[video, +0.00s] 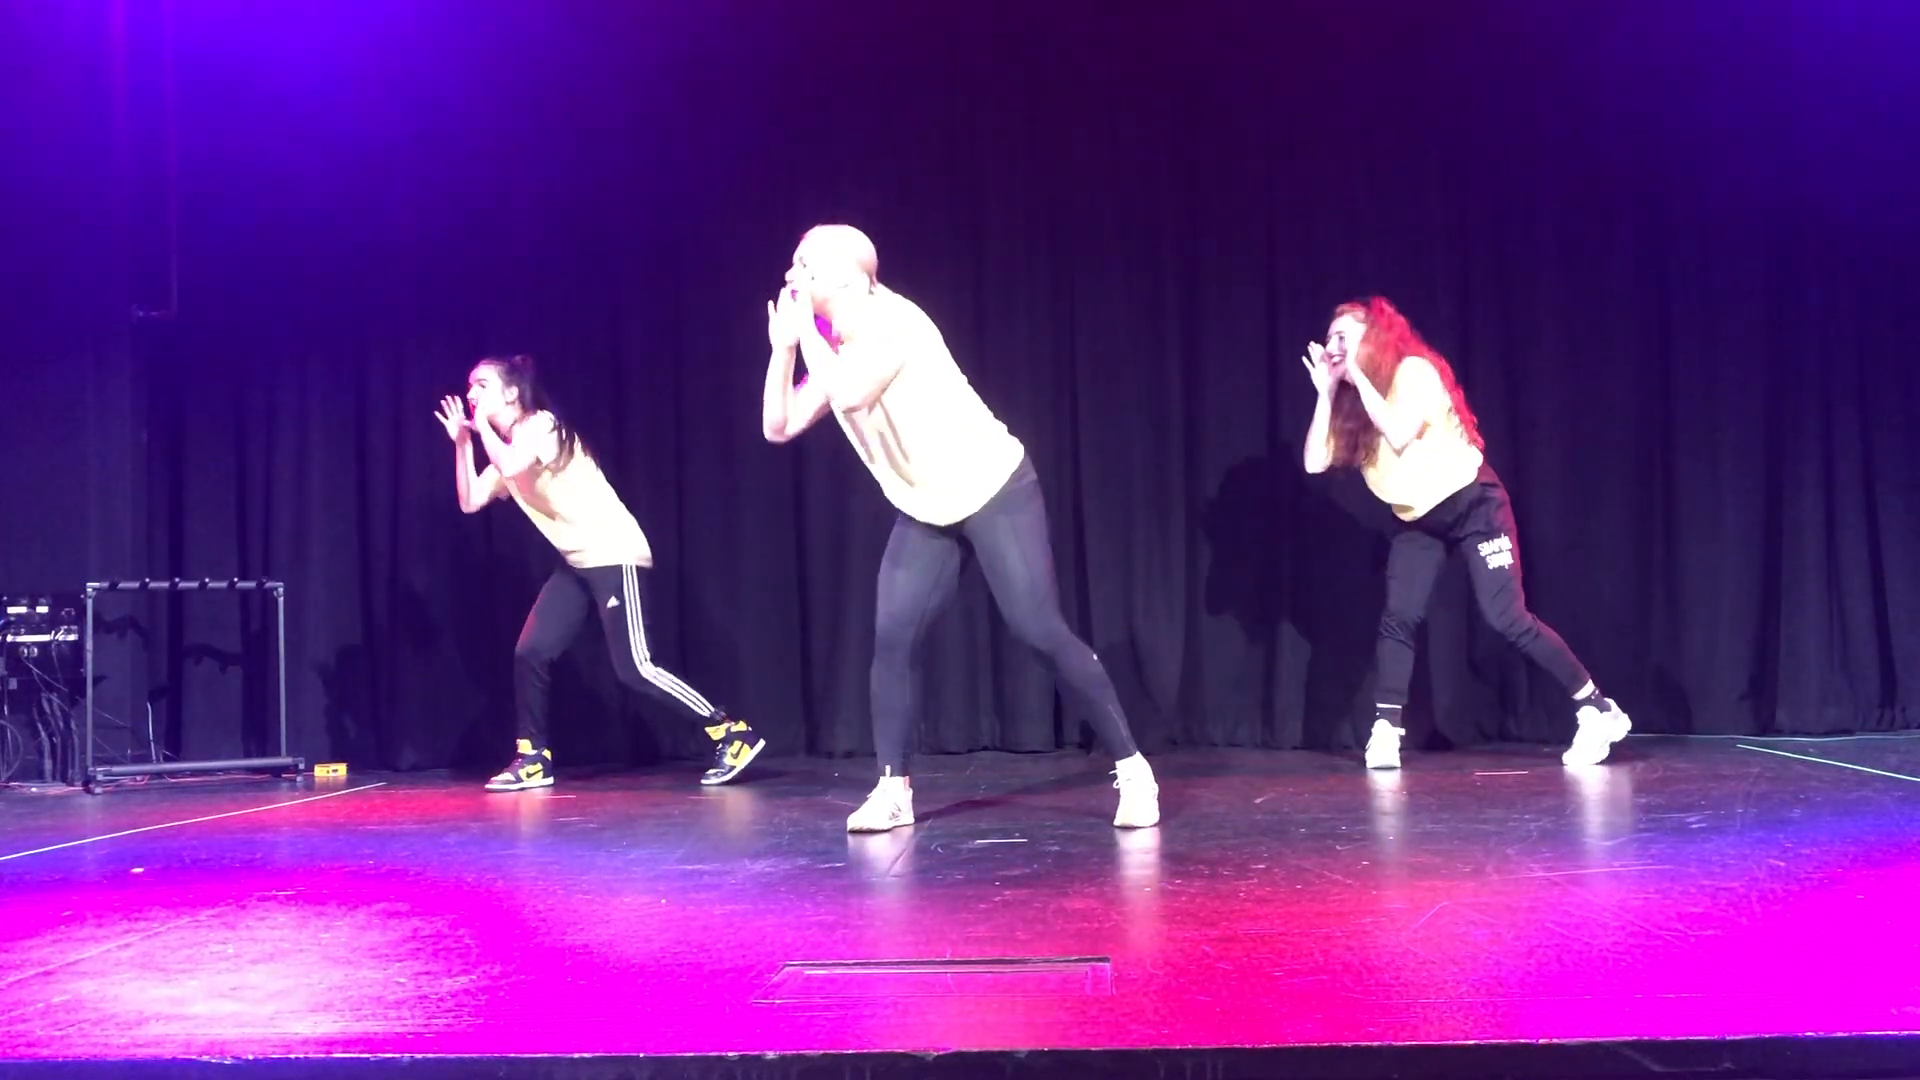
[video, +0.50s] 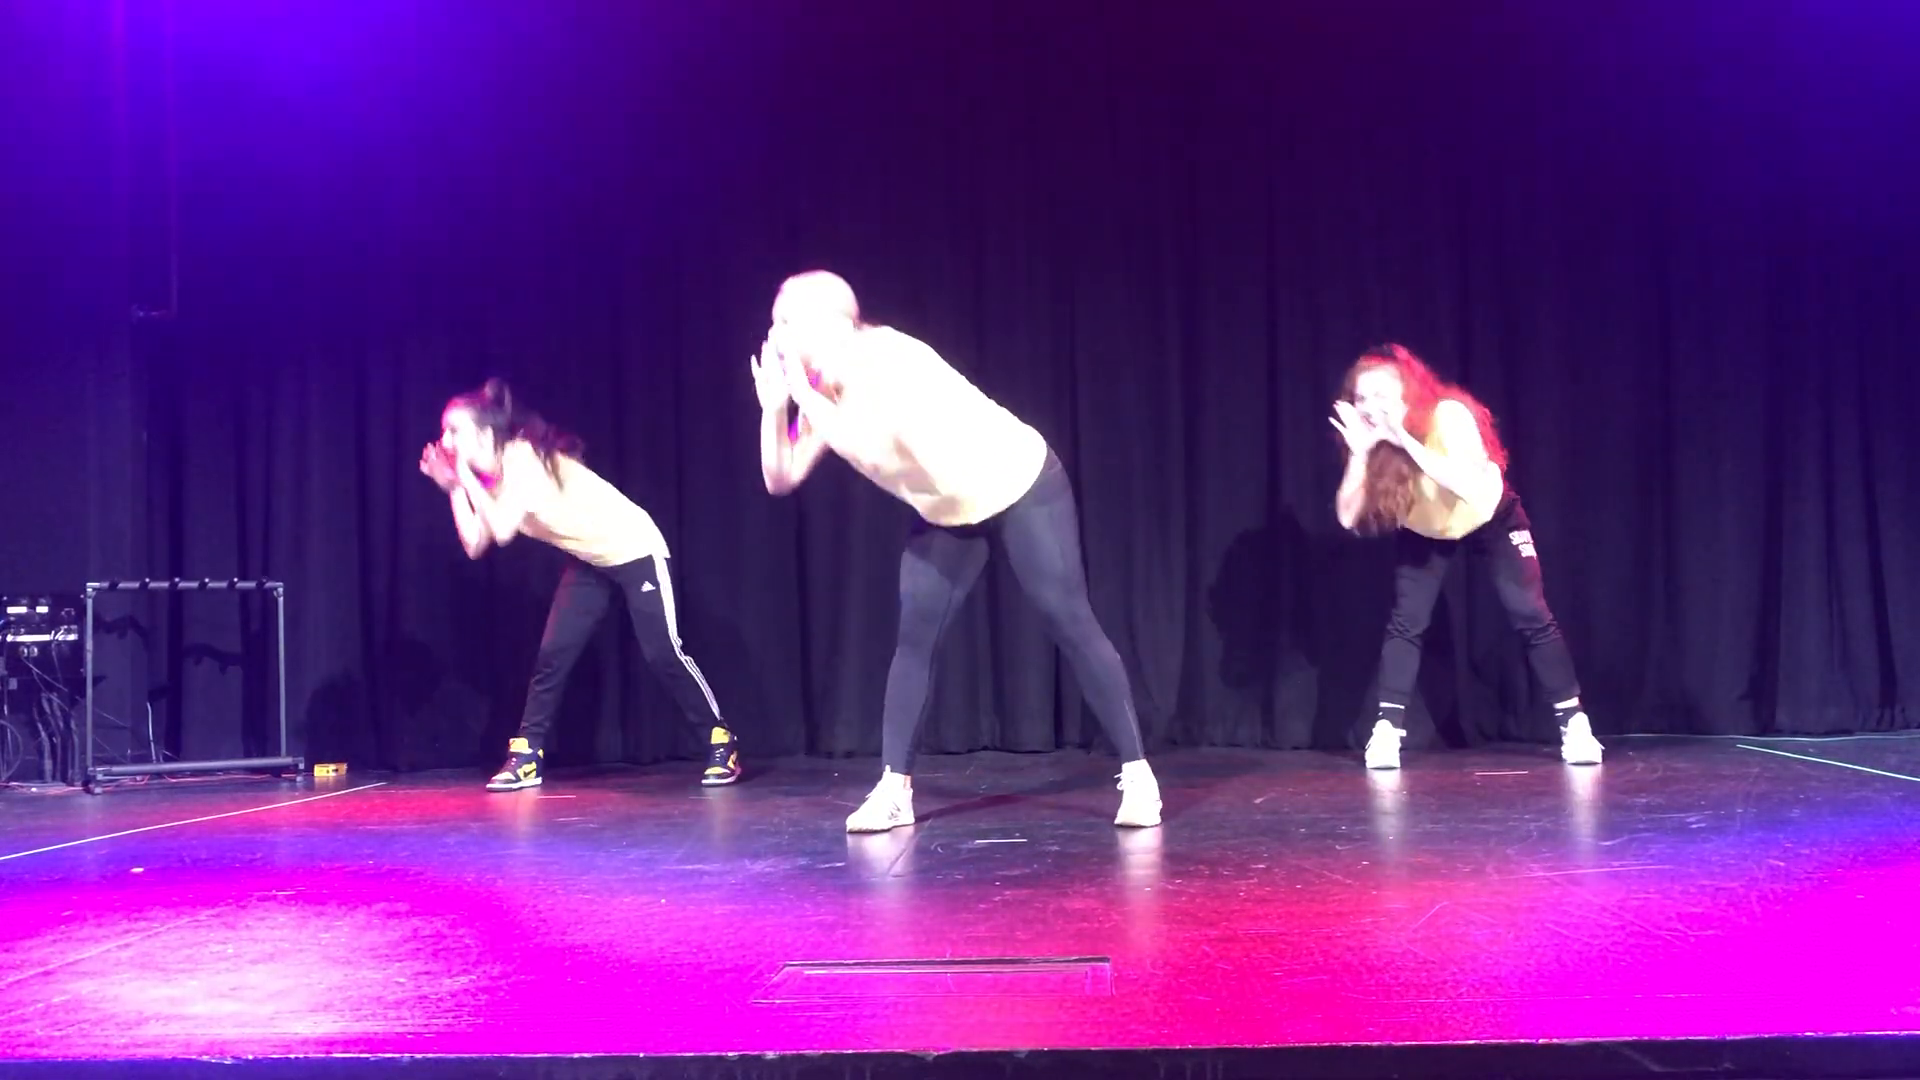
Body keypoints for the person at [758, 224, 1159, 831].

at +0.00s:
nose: (792, 274)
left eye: (805, 263)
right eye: (794, 264)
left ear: (850, 270)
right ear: (810, 277)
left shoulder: (892, 318)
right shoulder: (830, 343)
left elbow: (851, 396)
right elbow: (780, 426)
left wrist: (806, 330)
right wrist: (781, 349)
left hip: (994, 487)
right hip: (925, 507)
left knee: (1038, 628)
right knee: (893, 632)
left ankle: (1131, 766)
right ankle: (893, 788)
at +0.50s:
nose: (780, 339)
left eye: (789, 324)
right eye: (777, 325)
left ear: (828, 324)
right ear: (782, 336)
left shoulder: (885, 358)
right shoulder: (819, 398)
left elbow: (869, 443)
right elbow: (781, 479)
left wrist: (803, 397)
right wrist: (770, 411)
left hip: (1024, 487)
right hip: (947, 514)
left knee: (1068, 618)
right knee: (914, 638)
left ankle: (1136, 772)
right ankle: (893, 787)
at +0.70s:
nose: (842, 407)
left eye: (854, 392)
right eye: (836, 393)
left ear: (896, 391)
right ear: (832, 398)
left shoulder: (949, 423)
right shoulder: (846, 448)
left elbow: (976, 529)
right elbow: (814, 547)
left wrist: (893, 473)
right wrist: (833, 483)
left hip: (1043, 496)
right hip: (962, 522)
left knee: (1081, 626)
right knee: (925, 642)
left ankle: (1138, 777)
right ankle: (894, 786)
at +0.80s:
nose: (911, 414)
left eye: (924, 399)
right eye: (897, 401)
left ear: (954, 395)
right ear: (882, 404)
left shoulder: (1001, 427)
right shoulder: (878, 447)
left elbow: (1048, 530)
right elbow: (845, 550)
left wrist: (957, 471)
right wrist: (885, 474)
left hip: (1040, 502)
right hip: (953, 521)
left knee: (1084, 625)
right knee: (933, 638)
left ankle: (1137, 777)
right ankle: (893, 785)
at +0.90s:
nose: (978, 409)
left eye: (991, 395)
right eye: (964, 396)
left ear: (1014, 394)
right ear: (939, 399)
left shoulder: (1052, 429)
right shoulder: (919, 440)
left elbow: (1103, 529)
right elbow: (884, 546)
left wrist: (1027, 466)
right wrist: (946, 469)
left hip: (1045, 516)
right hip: (956, 524)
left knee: (1081, 621)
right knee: (929, 639)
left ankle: (1137, 778)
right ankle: (892, 785)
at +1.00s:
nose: (1058, 396)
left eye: (1066, 381)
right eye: (1044, 384)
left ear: (1076, 383)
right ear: (1008, 387)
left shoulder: (1090, 426)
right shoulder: (967, 427)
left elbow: (1141, 530)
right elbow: (935, 531)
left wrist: (1101, 447)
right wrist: (1007, 465)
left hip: (1051, 525)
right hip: (964, 525)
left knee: (1086, 634)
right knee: (929, 634)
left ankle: (1137, 779)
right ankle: (891, 785)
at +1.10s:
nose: (1119, 361)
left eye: (1122, 350)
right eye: (1105, 350)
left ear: (1125, 356)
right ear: (1063, 354)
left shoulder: (1123, 415)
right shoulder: (1018, 394)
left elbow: (1168, 513)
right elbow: (1007, 494)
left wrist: (1148, 437)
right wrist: (1091, 419)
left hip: (1042, 521)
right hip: (954, 508)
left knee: (1084, 641)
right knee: (926, 637)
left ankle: (1136, 779)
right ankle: (891, 785)